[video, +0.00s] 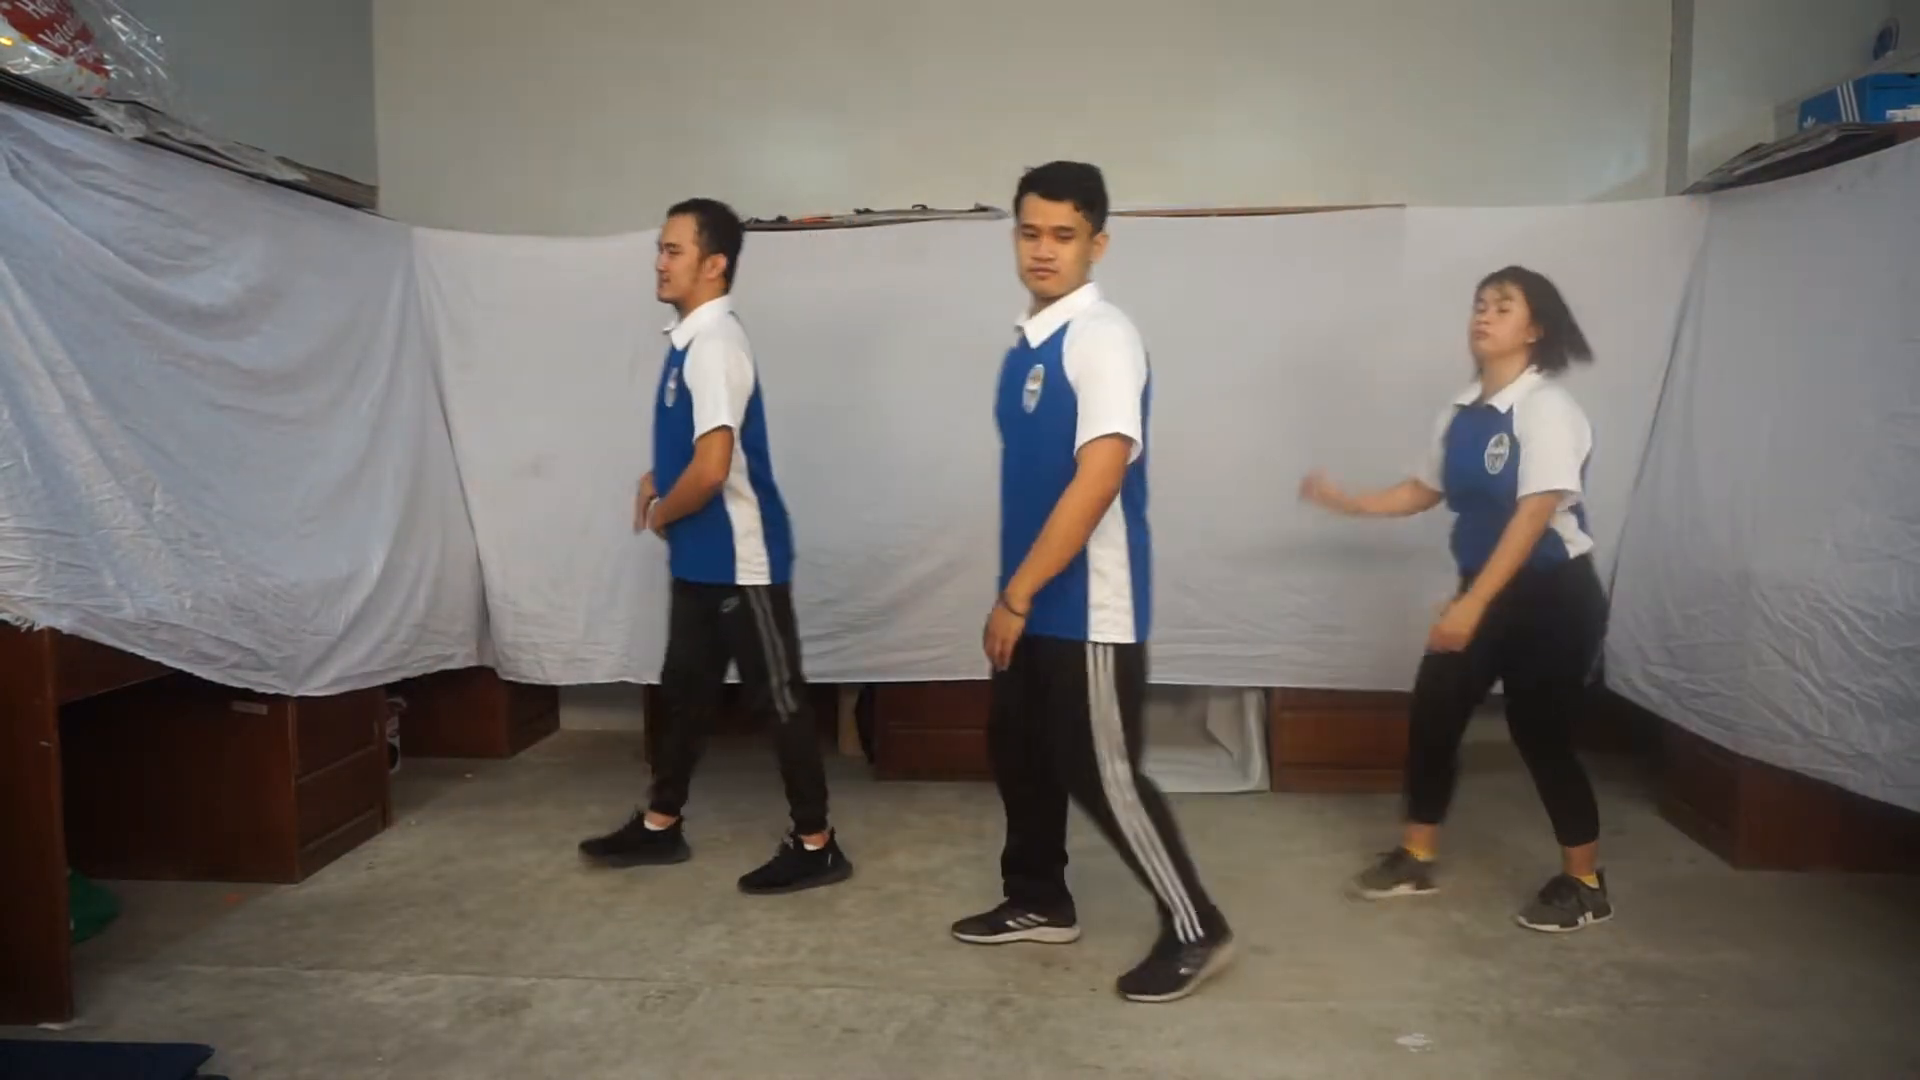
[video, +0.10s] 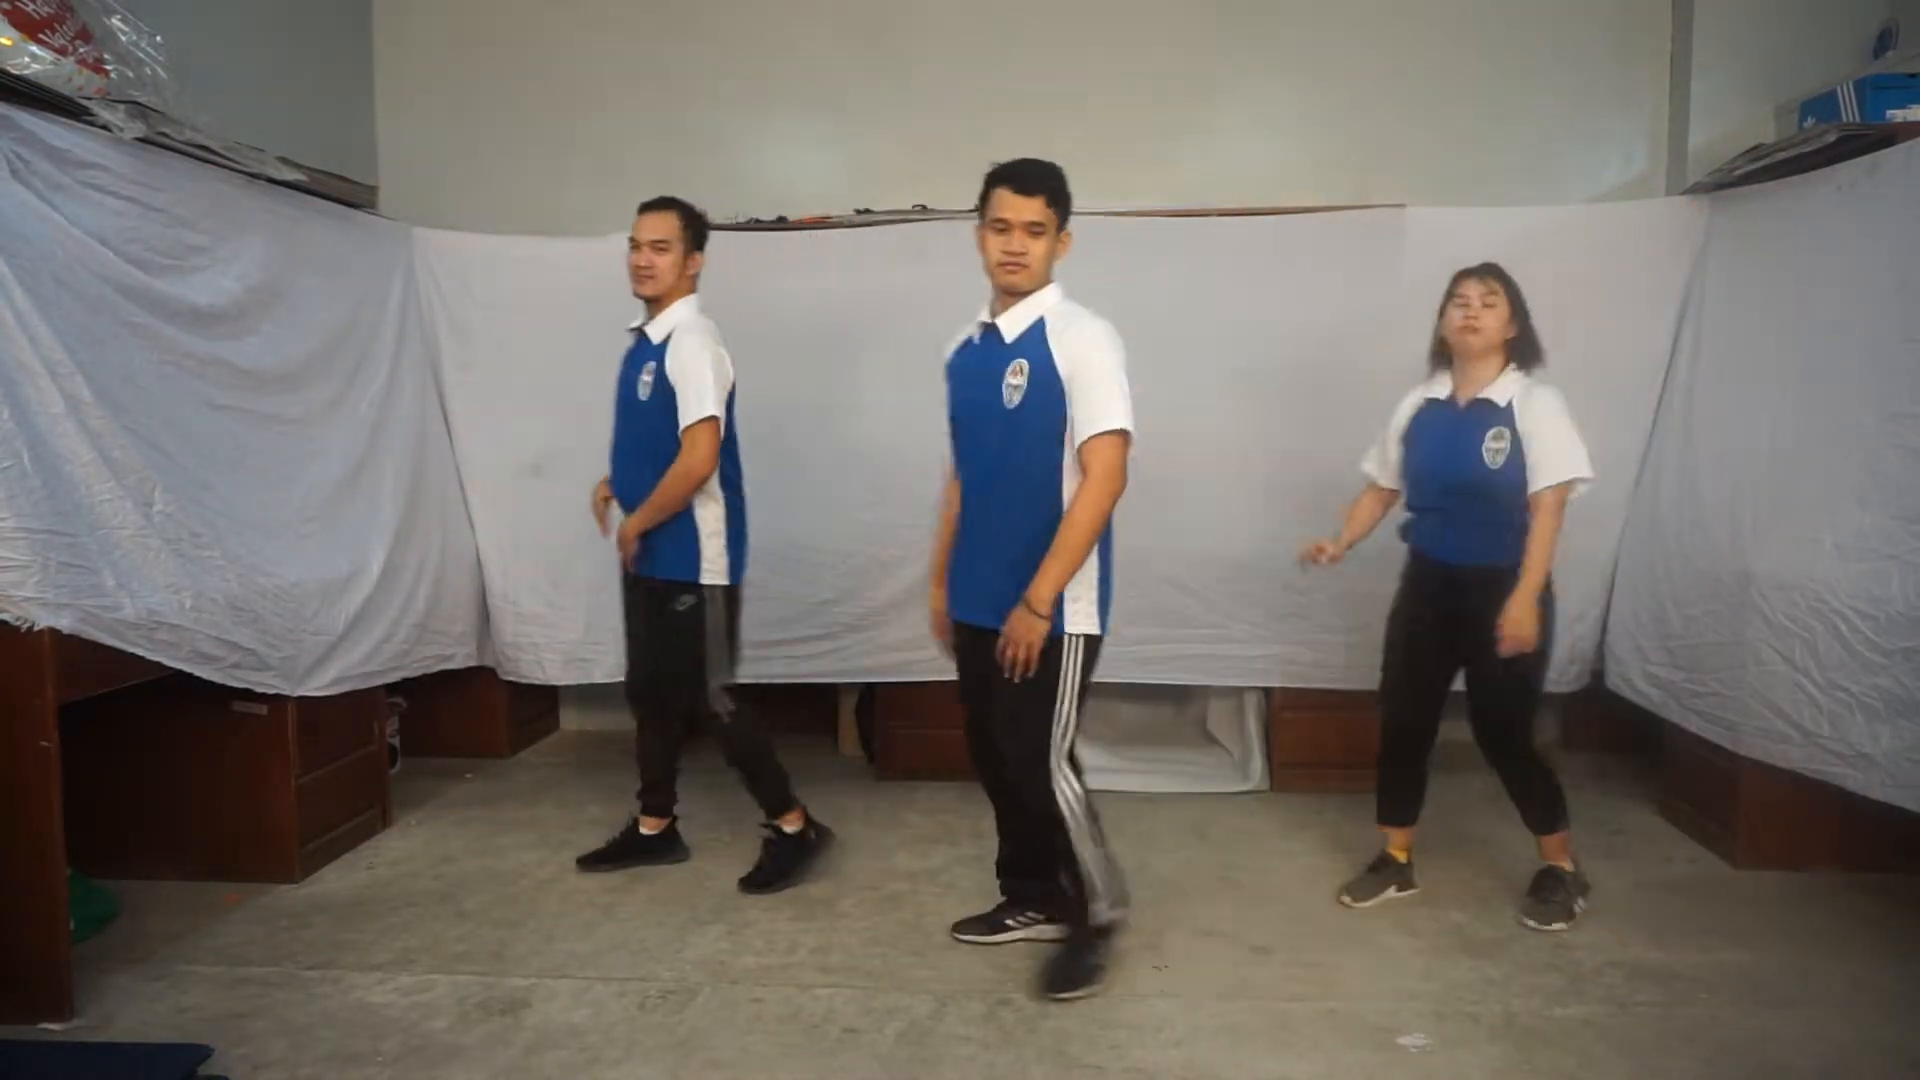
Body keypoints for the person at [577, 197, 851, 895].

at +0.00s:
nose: (659, 263)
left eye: (672, 251)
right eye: (659, 250)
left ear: (715, 264)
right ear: (699, 263)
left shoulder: (717, 341)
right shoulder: (689, 334)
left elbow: (712, 468)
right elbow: (697, 436)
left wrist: (663, 515)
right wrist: (655, 477)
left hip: (746, 559)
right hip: (700, 556)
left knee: (783, 702)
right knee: (684, 691)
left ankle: (815, 842)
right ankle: (661, 823)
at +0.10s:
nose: (641, 259)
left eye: (659, 248)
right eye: (635, 247)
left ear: (693, 261)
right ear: (629, 256)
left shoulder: (694, 340)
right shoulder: (646, 336)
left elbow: (700, 459)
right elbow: (645, 433)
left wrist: (639, 522)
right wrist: (613, 483)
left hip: (700, 558)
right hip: (650, 553)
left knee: (714, 697)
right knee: (651, 694)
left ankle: (793, 824)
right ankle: (655, 825)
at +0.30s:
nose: (595, 254)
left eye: (611, 243)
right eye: (584, 241)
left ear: (636, 256)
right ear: (569, 251)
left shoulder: (651, 336)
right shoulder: (561, 342)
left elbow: (685, 448)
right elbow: (546, 426)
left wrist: (598, 518)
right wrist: (523, 480)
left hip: (634, 556)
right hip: (570, 550)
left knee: (616, 698)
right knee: (550, 684)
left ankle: (635, 841)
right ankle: (623, 807)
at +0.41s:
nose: (571, 262)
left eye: (586, 251)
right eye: (559, 249)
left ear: (609, 264)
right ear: (541, 259)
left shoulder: (628, 348)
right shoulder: (524, 349)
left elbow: (667, 454)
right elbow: (496, 442)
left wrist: (585, 482)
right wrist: (489, 491)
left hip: (608, 567)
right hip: (536, 563)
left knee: (601, 701)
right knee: (500, 675)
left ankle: (638, 842)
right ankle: (533, 815)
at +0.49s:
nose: (550, 262)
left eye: (565, 251)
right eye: (536, 249)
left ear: (583, 263)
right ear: (516, 260)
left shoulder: (610, 349)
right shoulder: (482, 349)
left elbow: (621, 450)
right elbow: (459, 451)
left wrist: (596, 409)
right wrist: (491, 503)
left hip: (592, 566)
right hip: (512, 564)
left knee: (606, 704)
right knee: (482, 696)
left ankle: (636, 841)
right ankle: (465, 830)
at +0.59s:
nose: (529, 263)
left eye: (540, 251)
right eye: (512, 251)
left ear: (551, 262)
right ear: (485, 261)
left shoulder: (571, 343)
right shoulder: (447, 350)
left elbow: (612, 384)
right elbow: (429, 458)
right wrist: (510, 512)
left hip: (569, 555)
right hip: (486, 558)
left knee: (577, 691)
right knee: (476, 702)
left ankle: (600, 822)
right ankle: (468, 832)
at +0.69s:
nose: (510, 260)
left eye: (519, 248)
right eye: (493, 248)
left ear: (531, 258)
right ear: (459, 258)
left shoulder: (556, 337)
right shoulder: (425, 350)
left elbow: (644, 293)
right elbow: (414, 462)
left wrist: (601, 206)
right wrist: (510, 516)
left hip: (546, 549)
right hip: (468, 556)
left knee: (548, 681)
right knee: (468, 696)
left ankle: (515, 769)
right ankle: (464, 828)